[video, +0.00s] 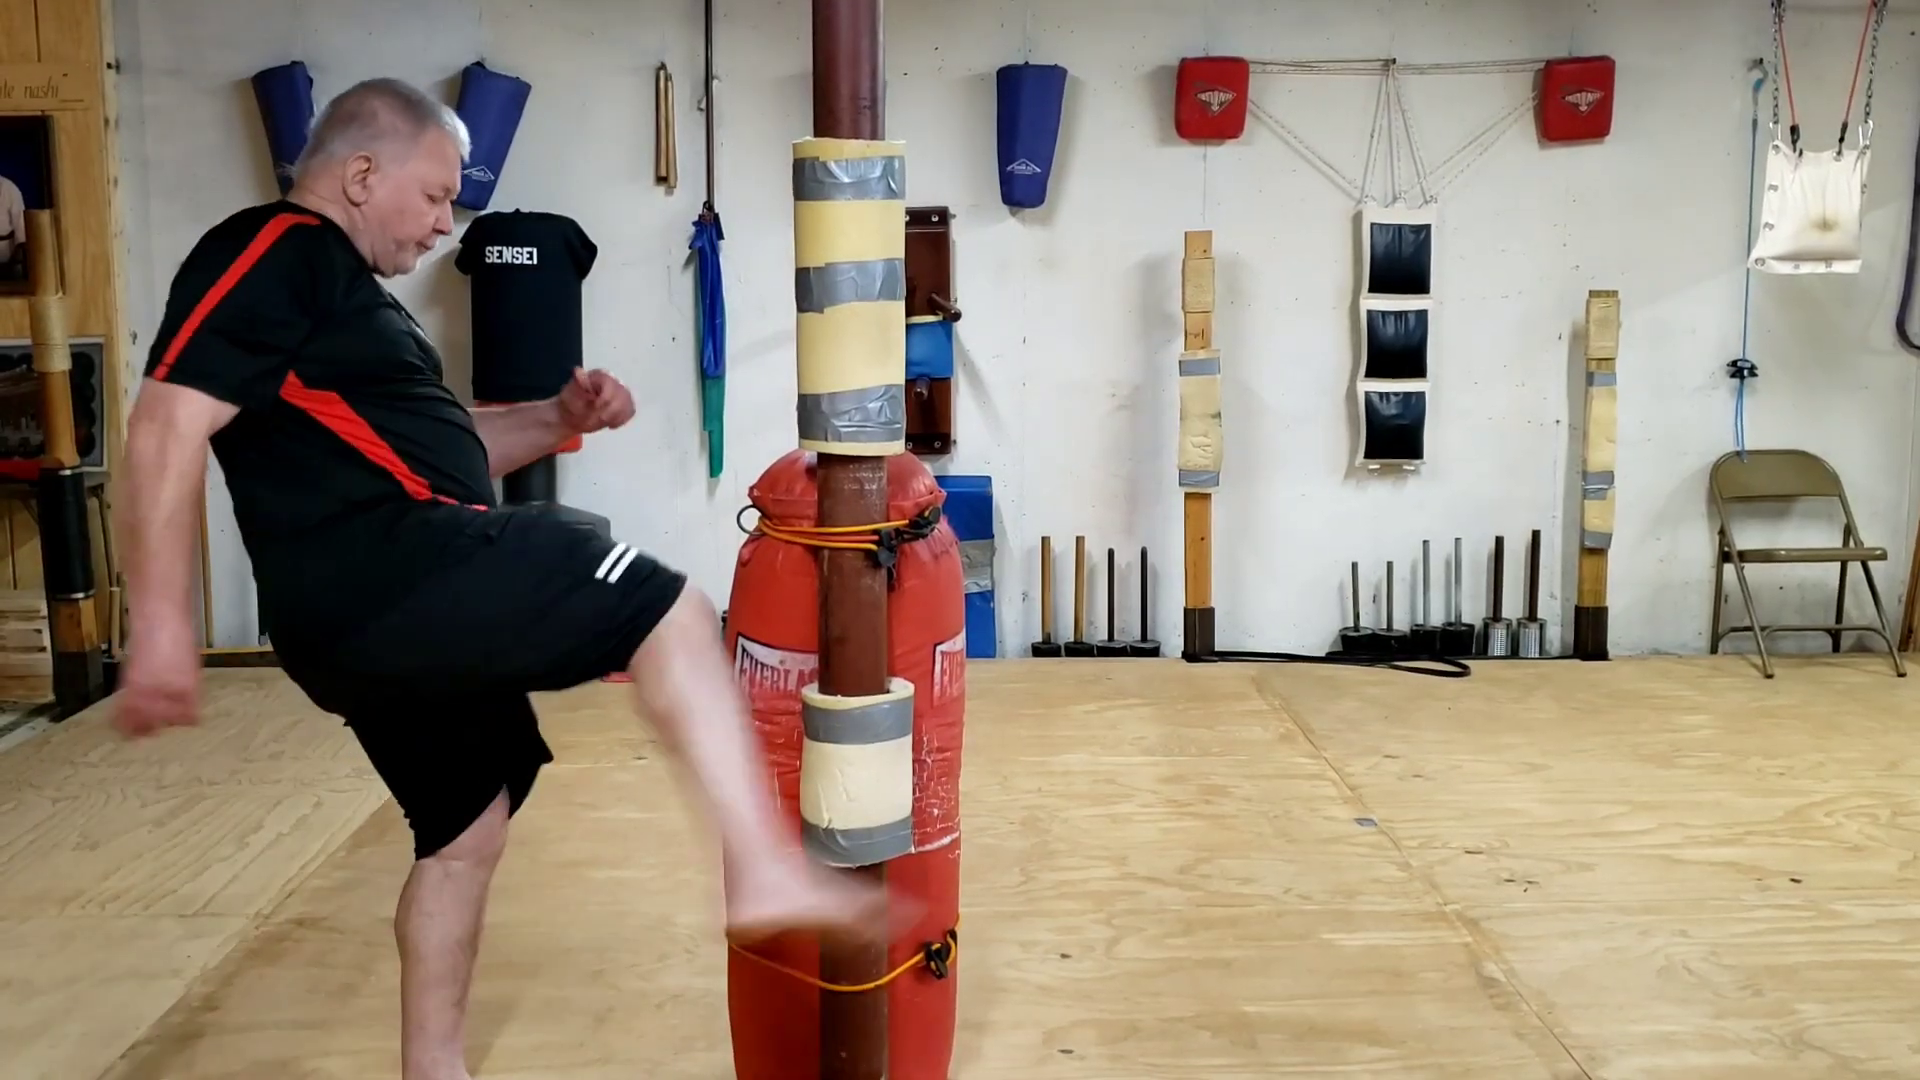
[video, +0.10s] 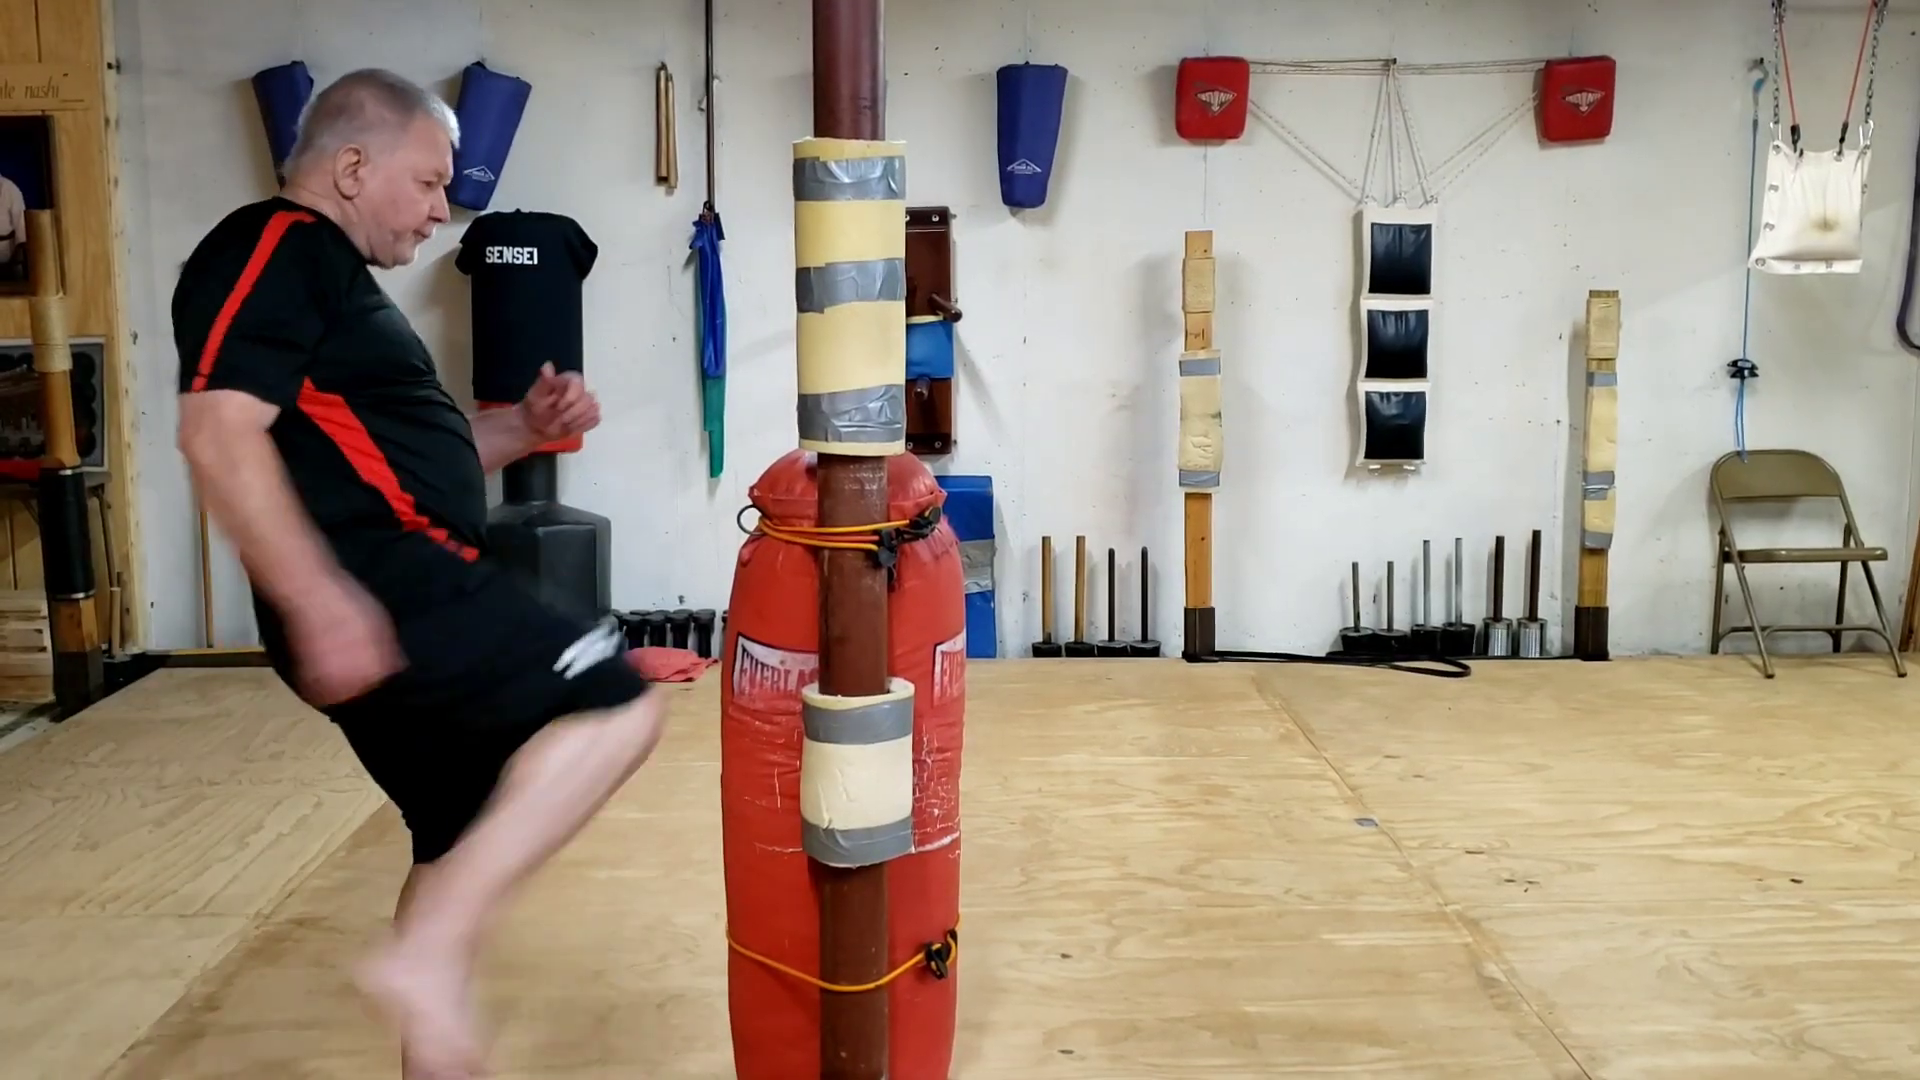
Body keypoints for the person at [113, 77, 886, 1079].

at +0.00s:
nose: (447, 222)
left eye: (452, 202)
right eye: (438, 194)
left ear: (364, 180)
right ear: (361, 173)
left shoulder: (346, 297)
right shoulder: (275, 243)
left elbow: (417, 453)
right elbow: (164, 424)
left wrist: (559, 421)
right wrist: (160, 633)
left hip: (356, 609)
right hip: (398, 563)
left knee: (466, 818)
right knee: (672, 611)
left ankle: (433, 1066)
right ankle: (769, 868)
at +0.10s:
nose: (437, 214)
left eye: (443, 195)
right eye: (429, 186)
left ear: (353, 172)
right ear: (353, 163)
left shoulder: (334, 276)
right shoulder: (275, 240)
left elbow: (394, 461)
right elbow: (217, 429)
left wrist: (522, 429)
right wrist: (319, 597)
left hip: (389, 583)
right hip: (380, 571)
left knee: (456, 840)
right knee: (615, 704)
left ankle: (439, 1056)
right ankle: (425, 949)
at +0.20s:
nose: (433, 215)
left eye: (439, 194)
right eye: (424, 185)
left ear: (344, 174)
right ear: (345, 167)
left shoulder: (320, 272)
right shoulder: (264, 248)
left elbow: (357, 444)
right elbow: (276, 428)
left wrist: (482, 474)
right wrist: (483, 498)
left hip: (382, 606)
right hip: (322, 613)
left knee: (465, 837)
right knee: (459, 842)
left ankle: (436, 1067)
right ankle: (188, 1020)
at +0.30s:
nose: (430, 226)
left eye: (433, 203)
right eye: (416, 198)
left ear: (336, 195)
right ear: (333, 190)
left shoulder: (321, 294)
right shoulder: (238, 274)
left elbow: (320, 509)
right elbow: (280, 449)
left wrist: (447, 543)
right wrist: (480, 418)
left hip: (394, 654)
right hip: (283, 671)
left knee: (470, 842)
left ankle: (437, 1069)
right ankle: (136, 1073)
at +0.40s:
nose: (415, 249)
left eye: (418, 224)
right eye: (396, 224)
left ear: (317, 221)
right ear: (309, 216)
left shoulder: (327, 314)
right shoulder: (195, 311)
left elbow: (318, 509)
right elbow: (236, 506)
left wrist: (422, 558)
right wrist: (427, 441)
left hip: (363, 663)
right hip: (223, 688)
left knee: (486, 835)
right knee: (181, 953)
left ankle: (439, 1067)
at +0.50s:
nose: (399, 249)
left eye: (401, 224)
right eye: (378, 225)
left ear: (295, 222)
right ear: (287, 220)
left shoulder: (345, 308)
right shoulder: (166, 305)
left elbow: (337, 468)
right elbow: (132, 516)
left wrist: (431, 480)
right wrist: (347, 499)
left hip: (349, 659)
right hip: (204, 688)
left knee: (469, 839)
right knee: (176, 948)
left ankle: (439, 1067)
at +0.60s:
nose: (392, 248)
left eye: (395, 222)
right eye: (371, 224)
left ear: (289, 221)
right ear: (279, 219)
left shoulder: (356, 307)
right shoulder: (154, 304)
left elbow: (437, 437)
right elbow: (64, 500)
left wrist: (487, 387)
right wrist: (265, 564)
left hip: (344, 650)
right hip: (197, 677)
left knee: (458, 833)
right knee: (180, 938)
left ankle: (439, 1065)